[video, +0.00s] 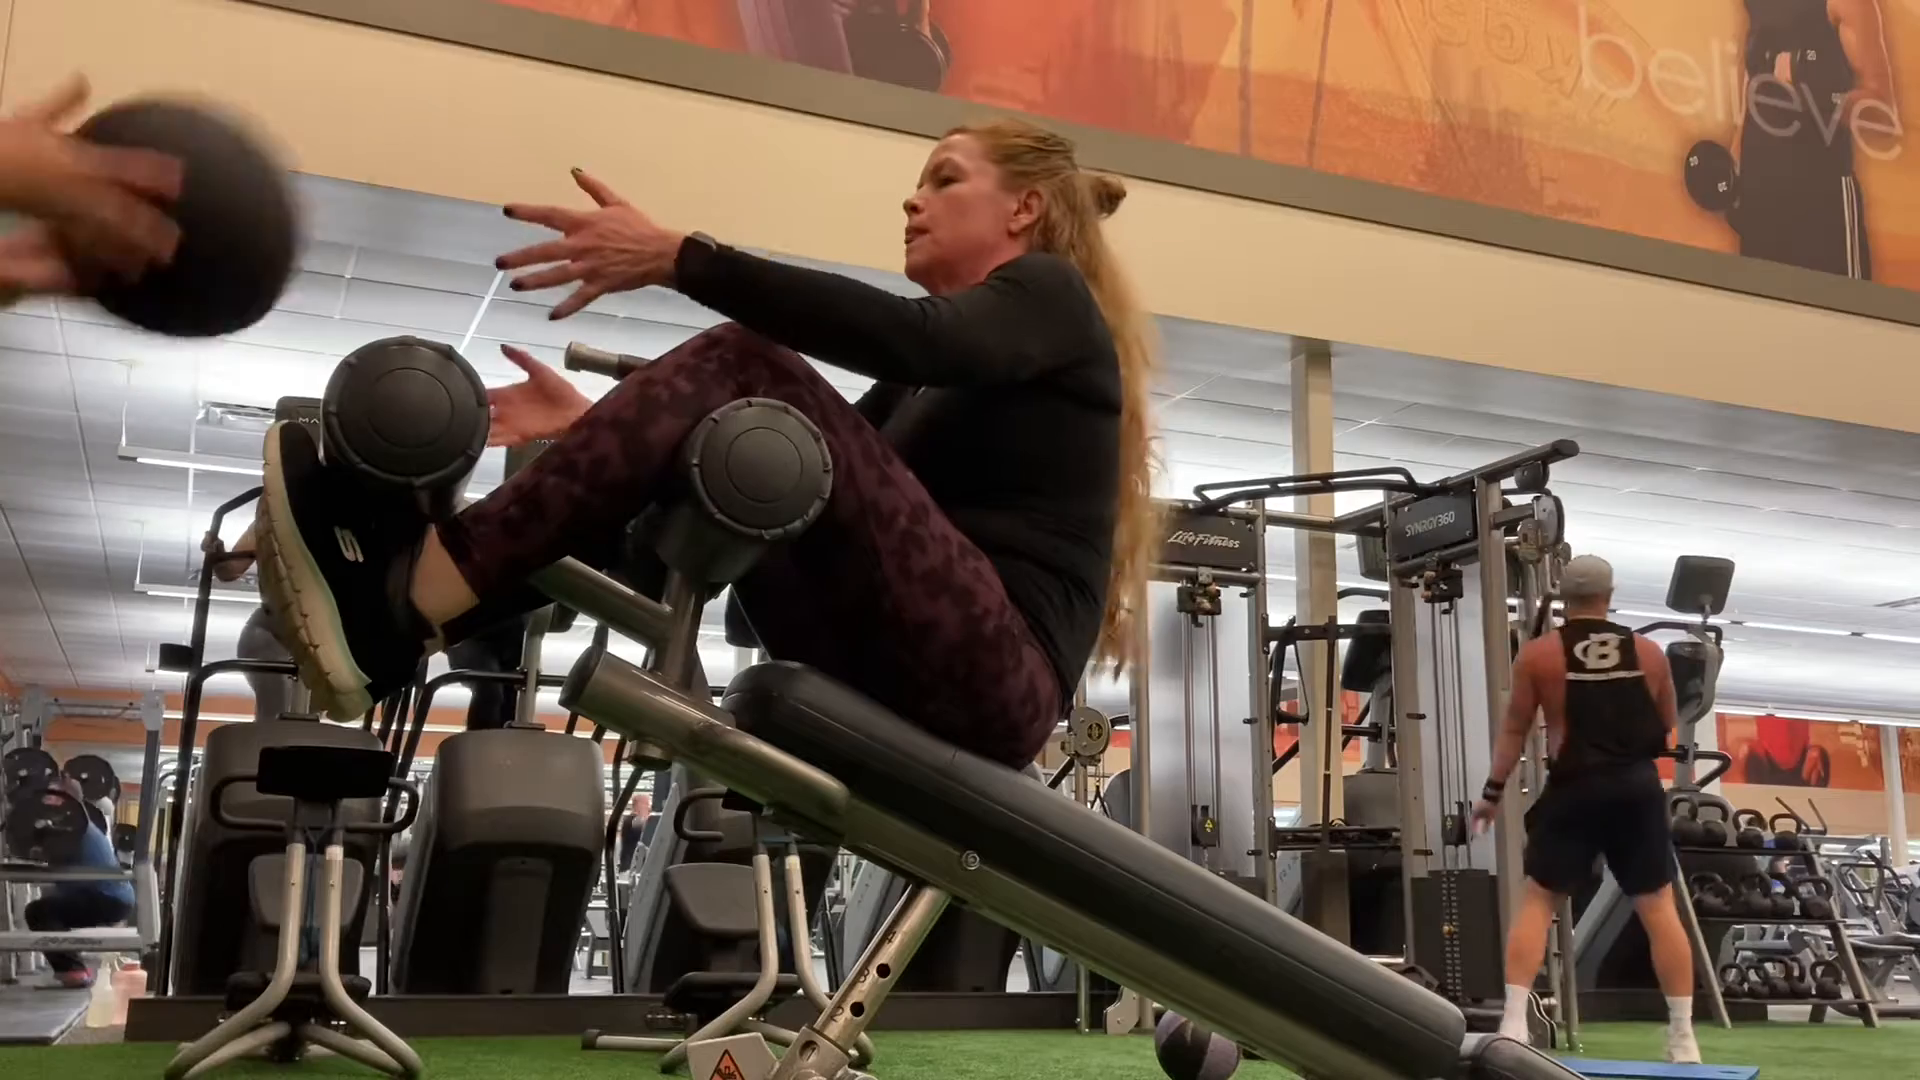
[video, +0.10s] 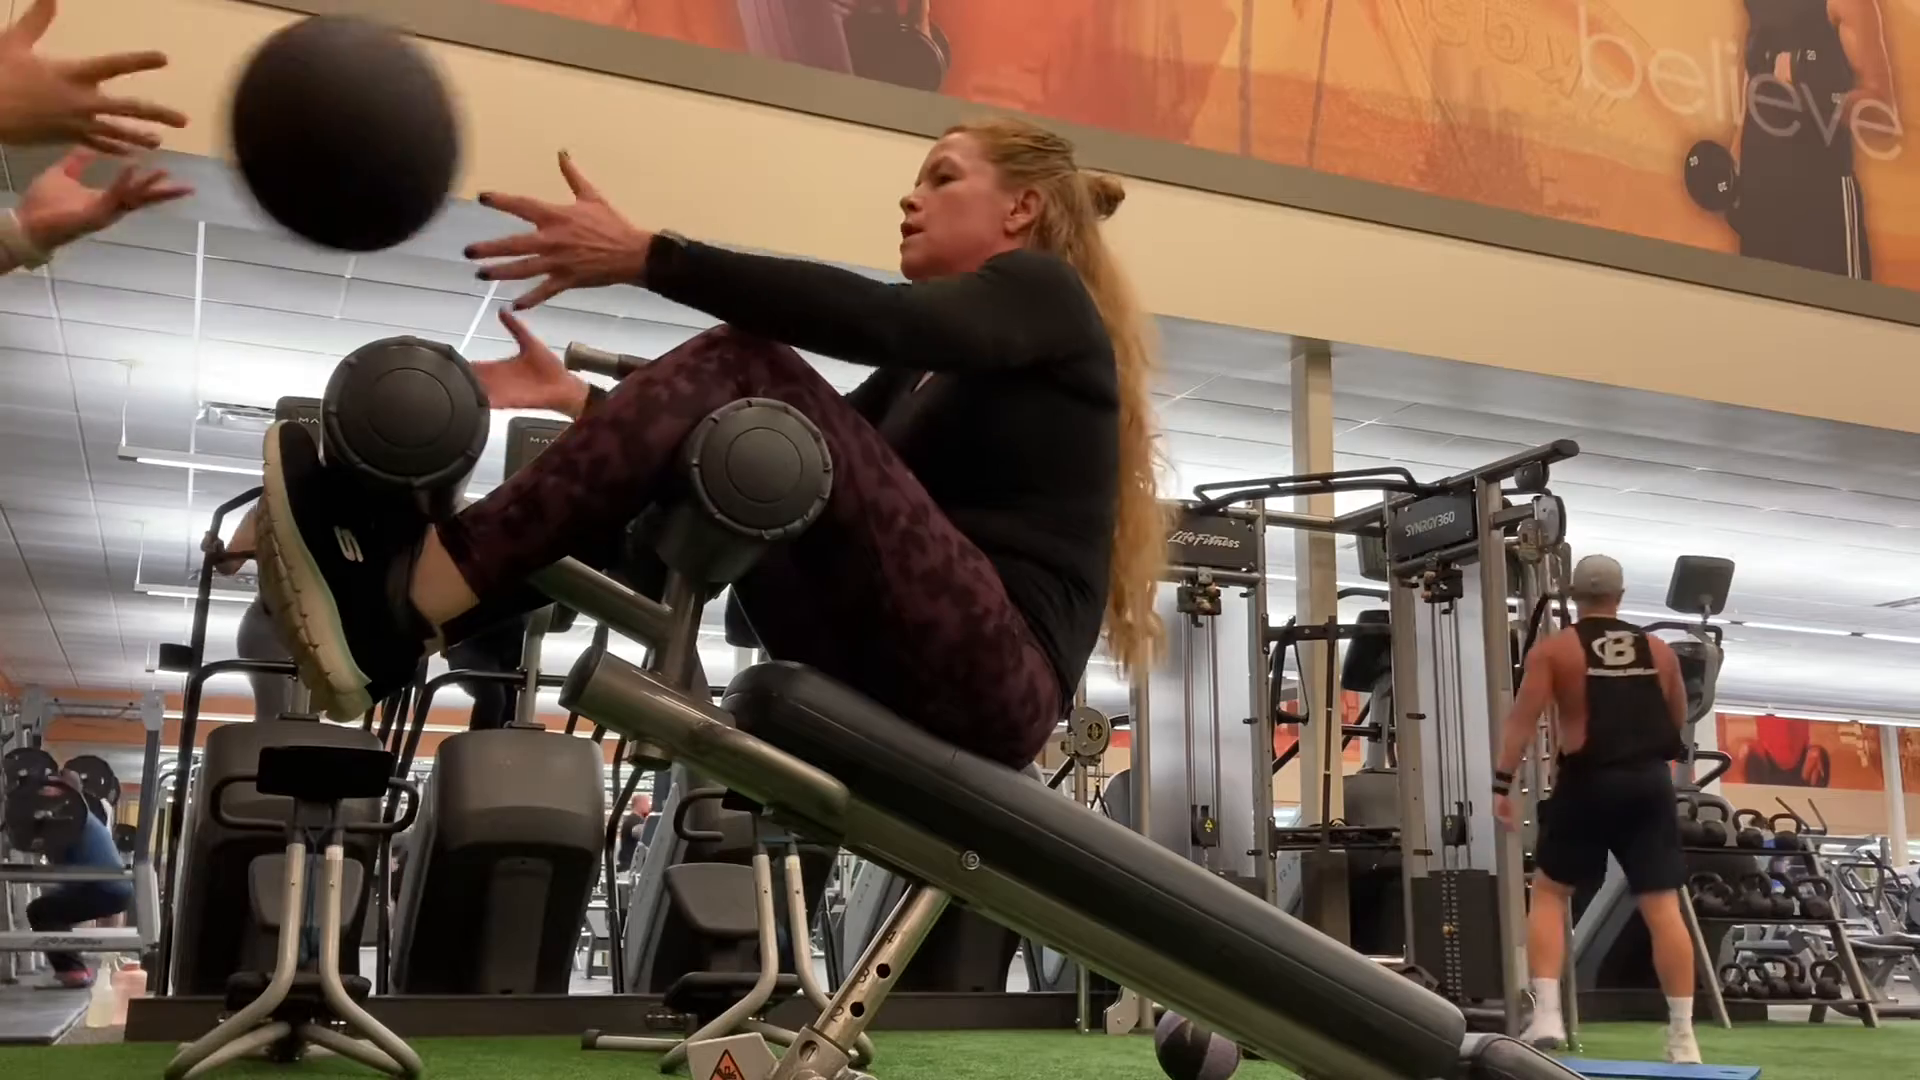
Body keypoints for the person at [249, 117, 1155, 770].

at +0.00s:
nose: (911, 204)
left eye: (943, 183)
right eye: (918, 186)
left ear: (1024, 210)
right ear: (986, 215)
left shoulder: (1053, 298)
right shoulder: (931, 355)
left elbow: (908, 331)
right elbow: (806, 458)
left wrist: (676, 256)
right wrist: (593, 424)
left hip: (993, 676)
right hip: (880, 649)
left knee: (752, 364)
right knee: (723, 392)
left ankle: (416, 606)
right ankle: (407, 587)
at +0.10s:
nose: (908, 203)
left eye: (941, 181)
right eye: (916, 184)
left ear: (1022, 210)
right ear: (994, 214)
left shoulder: (1045, 297)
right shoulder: (923, 355)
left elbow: (878, 316)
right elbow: (800, 438)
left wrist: (644, 254)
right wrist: (576, 396)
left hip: (995, 675)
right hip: (884, 649)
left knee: (757, 366)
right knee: (726, 398)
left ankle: (426, 597)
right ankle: (419, 589)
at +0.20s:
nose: (907, 197)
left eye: (941, 178)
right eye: (916, 180)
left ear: (1021, 209)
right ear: (992, 212)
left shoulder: (1038, 291)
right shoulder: (925, 356)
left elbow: (842, 314)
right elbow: (791, 420)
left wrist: (634, 231)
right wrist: (585, 346)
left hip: (995, 674)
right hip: (891, 653)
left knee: (753, 371)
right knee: (723, 401)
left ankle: (424, 597)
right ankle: (422, 582)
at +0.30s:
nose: (911, 197)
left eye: (944, 176)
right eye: (919, 178)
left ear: (1022, 205)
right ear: (991, 209)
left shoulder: (1041, 286)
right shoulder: (933, 342)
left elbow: (859, 321)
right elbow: (813, 422)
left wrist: (673, 232)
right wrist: (652, 335)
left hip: (996, 672)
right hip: (892, 650)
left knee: (757, 369)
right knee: (727, 394)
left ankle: (423, 598)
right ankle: (419, 583)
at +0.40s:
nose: (916, 201)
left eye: (948, 182)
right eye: (926, 182)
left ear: (1026, 209)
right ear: (995, 210)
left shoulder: (1045, 295)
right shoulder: (958, 346)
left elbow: (876, 340)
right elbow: (838, 440)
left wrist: (693, 256)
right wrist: (687, 381)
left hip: (996, 678)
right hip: (896, 656)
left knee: (761, 375)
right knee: (723, 391)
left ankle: (427, 596)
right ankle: (426, 583)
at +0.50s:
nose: (921, 204)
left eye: (954, 185)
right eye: (930, 187)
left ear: (1032, 216)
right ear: (997, 221)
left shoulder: (1050, 293)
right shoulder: (974, 350)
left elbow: (893, 349)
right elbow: (841, 441)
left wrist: (715, 273)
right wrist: (679, 349)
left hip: (995, 677)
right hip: (906, 658)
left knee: (749, 368)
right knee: (708, 380)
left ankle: (415, 604)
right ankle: (406, 590)